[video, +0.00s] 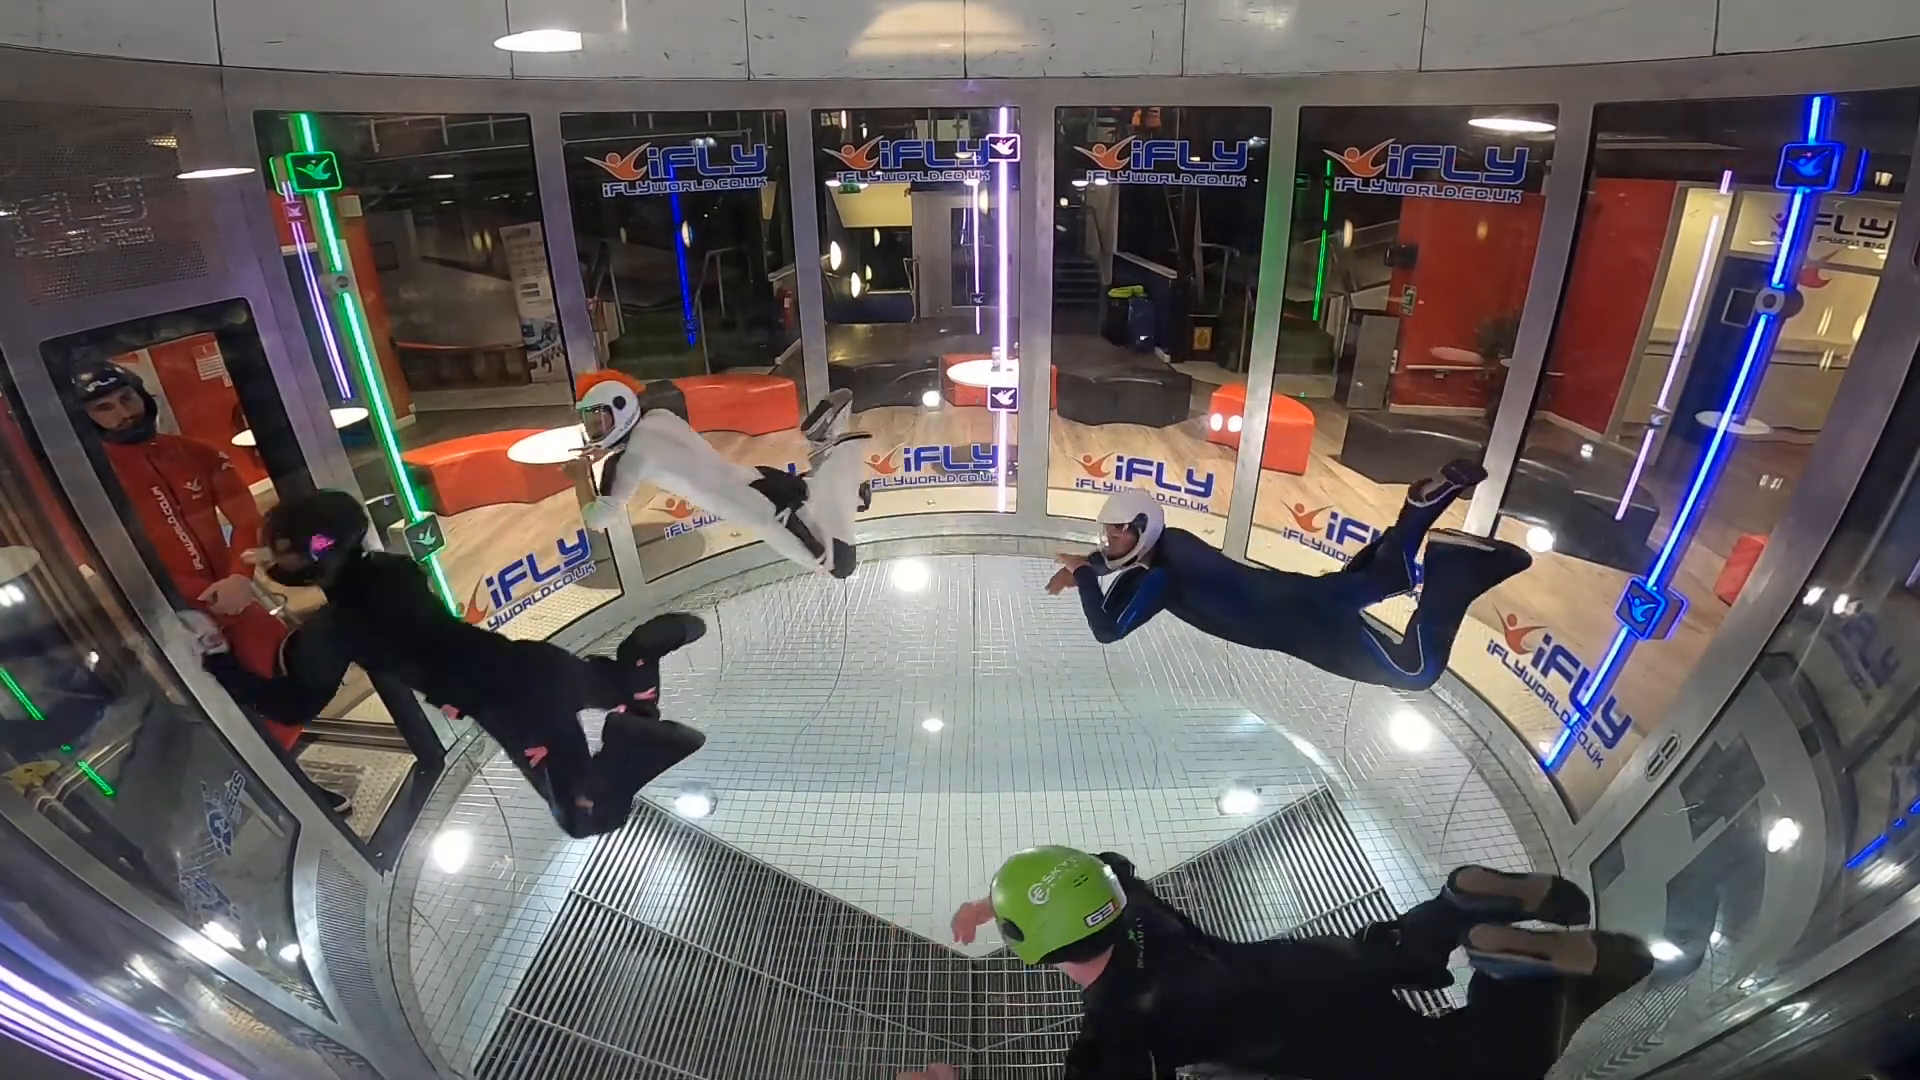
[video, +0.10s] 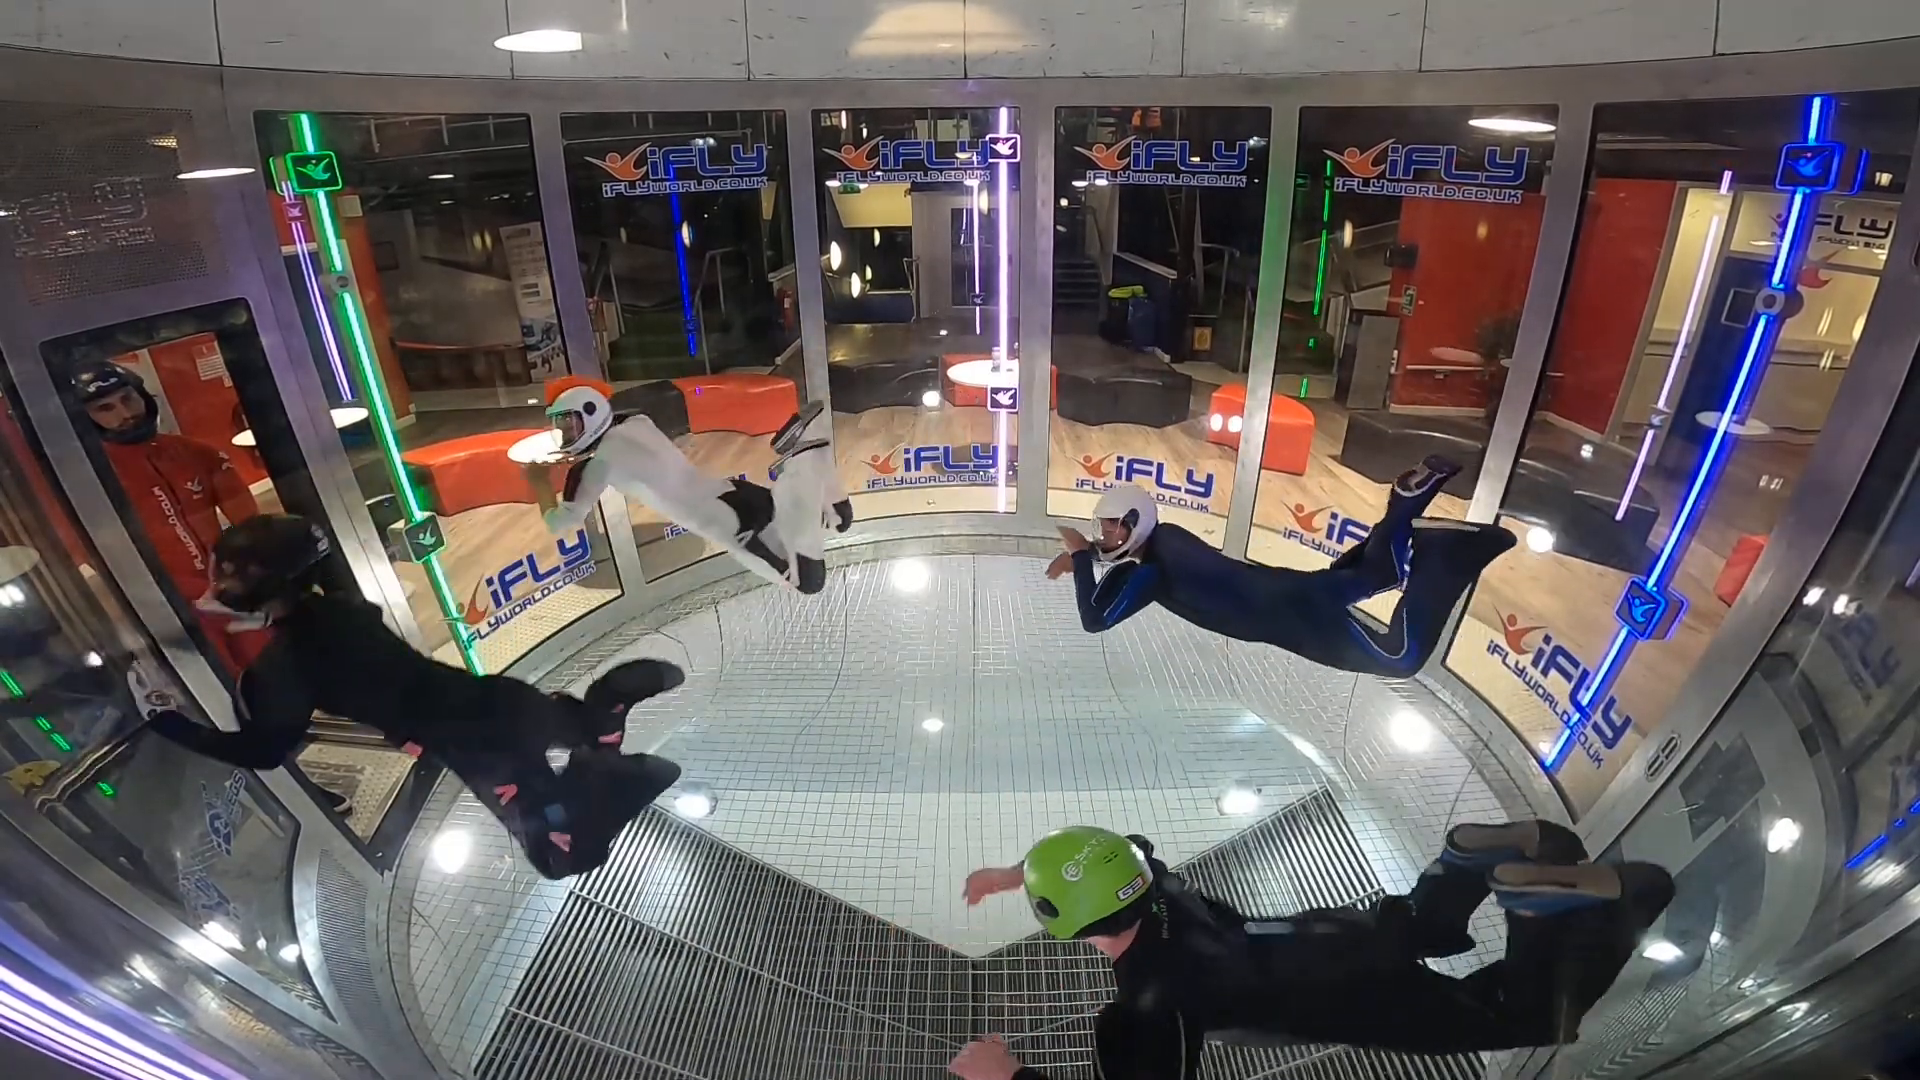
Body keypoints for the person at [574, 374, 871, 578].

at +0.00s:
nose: (591, 429)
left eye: (597, 417)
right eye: (587, 420)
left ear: (620, 410)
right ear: (622, 408)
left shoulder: (633, 455)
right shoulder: (660, 420)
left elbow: (596, 519)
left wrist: (580, 477)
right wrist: (612, 461)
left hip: (763, 508)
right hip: (764, 483)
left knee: (839, 562)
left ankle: (836, 457)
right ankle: (830, 456)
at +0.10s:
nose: (562, 432)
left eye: (566, 421)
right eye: (559, 424)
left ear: (589, 415)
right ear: (596, 411)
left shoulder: (599, 462)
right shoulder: (636, 422)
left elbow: (559, 526)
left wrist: (540, 485)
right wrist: (571, 462)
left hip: (726, 521)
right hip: (740, 493)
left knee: (807, 578)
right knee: (836, 518)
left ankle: (804, 468)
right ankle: (813, 460)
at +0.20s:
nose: (535, 447)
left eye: (538, 435)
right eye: (532, 438)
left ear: (560, 428)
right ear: (572, 423)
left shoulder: (570, 475)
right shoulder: (614, 436)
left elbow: (524, 538)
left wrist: (500, 500)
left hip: (694, 539)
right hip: (708, 513)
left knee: (777, 592)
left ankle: (759, 479)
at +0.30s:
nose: (501, 464)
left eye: (504, 453)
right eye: (499, 455)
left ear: (525, 446)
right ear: (541, 438)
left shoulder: (539, 493)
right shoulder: (590, 454)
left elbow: (494, 559)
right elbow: (617, 451)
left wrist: (463, 523)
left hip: (667, 556)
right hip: (686, 529)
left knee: (754, 614)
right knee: (797, 574)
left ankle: (730, 497)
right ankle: (765, 490)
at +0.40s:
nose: (476, 478)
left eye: (482, 467)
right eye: (473, 469)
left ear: (508, 461)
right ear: (520, 458)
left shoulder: (512, 508)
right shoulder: (572, 470)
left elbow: (472, 578)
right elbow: (608, 469)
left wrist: (432, 553)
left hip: (637, 569)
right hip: (661, 547)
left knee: (731, 636)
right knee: (779, 602)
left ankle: (707, 505)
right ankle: (746, 516)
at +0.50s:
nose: (457, 498)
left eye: (460, 485)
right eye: (453, 489)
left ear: (484, 477)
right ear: (504, 473)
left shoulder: (497, 527)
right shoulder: (557, 490)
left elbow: (450, 603)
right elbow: (600, 499)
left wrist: (402, 575)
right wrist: (484, 538)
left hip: (625, 595)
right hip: (654, 573)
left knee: (717, 665)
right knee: (767, 632)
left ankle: (687, 532)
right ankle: (729, 535)